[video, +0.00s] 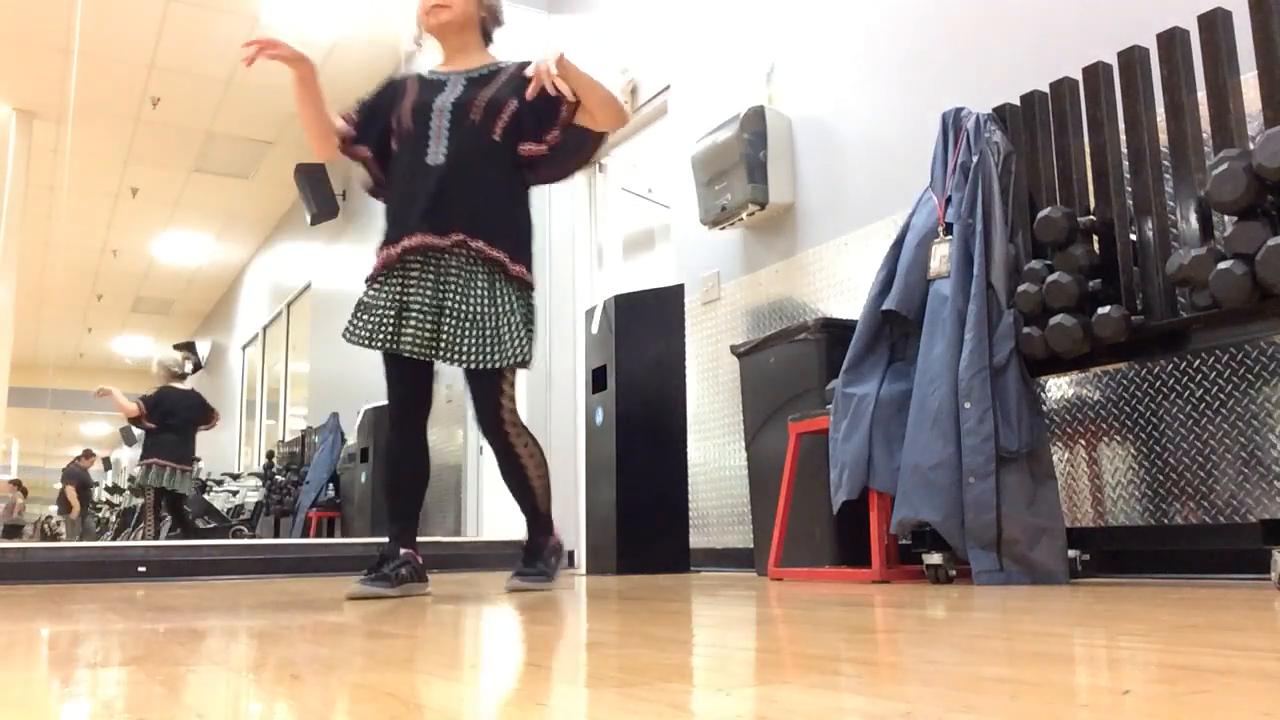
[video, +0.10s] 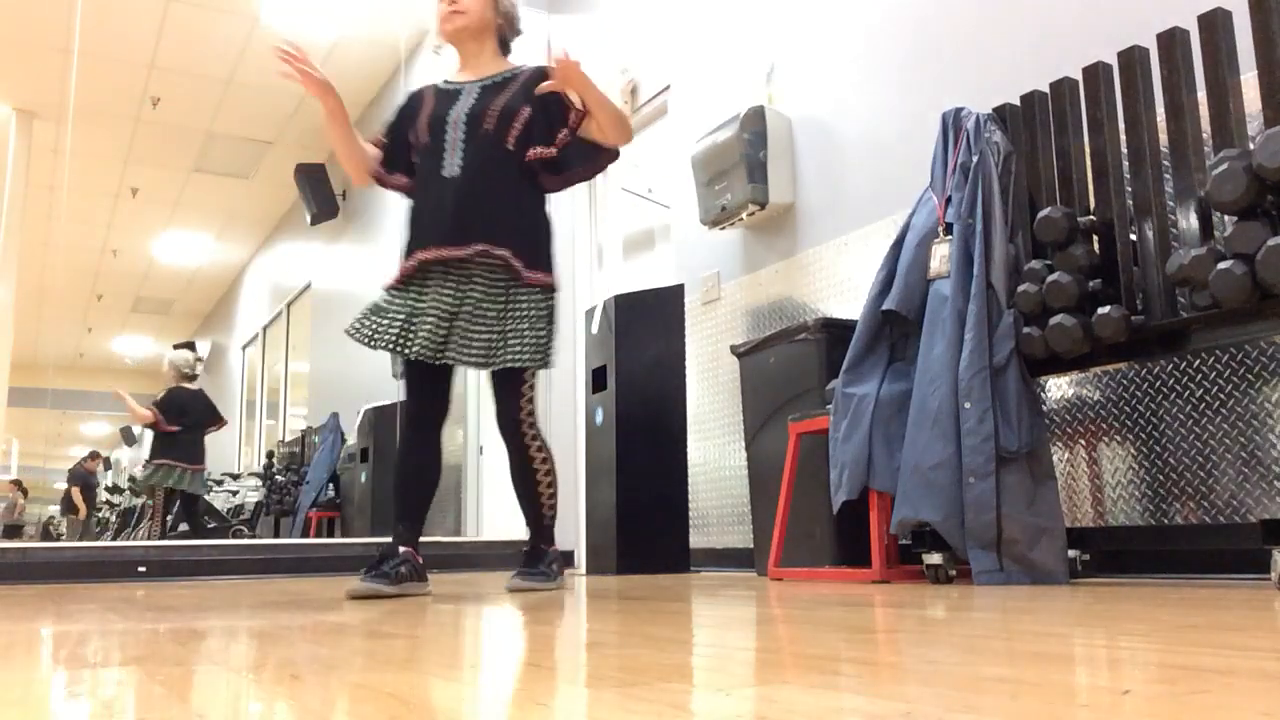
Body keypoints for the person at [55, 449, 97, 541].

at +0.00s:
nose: (92, 464)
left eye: (93, 462)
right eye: (91, 461)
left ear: (85, 459)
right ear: (84, 459)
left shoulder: (82, 469)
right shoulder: (72, 469)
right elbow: (69, 489)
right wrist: (76, 506)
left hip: (82, 508)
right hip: (71, 509)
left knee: (89, 535)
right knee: (72, 537)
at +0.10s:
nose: (97, 467)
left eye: (98, 464)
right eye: (97, 464)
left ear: (90, 460)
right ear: (89, 460)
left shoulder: (91, 471)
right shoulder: (78, 471)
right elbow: (75, 491)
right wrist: (82, 508)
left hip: (88, 510)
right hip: (74, 511)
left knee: (90, 539)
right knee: (71, 540)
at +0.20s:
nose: (102, 468)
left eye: (103, 465)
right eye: (102, 464)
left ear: (96, 462)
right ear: (94, 462)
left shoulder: (98, 473)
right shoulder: (80, 472)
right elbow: (75, 492)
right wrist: (84, 509)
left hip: (91, 512)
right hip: (76, 511)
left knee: (92, 540)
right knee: (72, 539)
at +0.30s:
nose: (107, 469)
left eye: (109, 467)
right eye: (106, 466)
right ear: (98, 463)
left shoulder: (106, 476)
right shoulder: (83, 473)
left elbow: (108, 490)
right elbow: (75, 491)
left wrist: (107, 501)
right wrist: (84, 509)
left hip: (95, 512)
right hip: (78, 512)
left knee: (95, 540)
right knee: (76, 540)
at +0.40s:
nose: (113, 472)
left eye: (114, 469)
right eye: (112, 469)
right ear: (104, 466)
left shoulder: (111, 480)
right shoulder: (88, 475)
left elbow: (115, 492)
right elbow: (77, 492)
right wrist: (83, 511)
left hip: (97, 511)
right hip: (82, 510)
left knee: (97, 535)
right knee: (81, 532)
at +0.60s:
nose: (116, 483)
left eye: (117, 481)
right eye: (115, 480)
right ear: (108, 477)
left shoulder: (114, 488)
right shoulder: (92, 482)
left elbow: (116, 506)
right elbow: (80, 499)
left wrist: (115, 523)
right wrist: (82, 517)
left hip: (97, 514)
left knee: (97, 539)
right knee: (78, 537)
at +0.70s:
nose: (115, 489)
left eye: (116, 487)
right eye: (114, 486)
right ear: (107, 482)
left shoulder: (115, 491)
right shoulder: (92, 485)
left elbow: (116, 509)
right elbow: (79, 502)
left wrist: (115, 529)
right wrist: (80, 519)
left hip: (97, 514)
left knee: (97, 539)